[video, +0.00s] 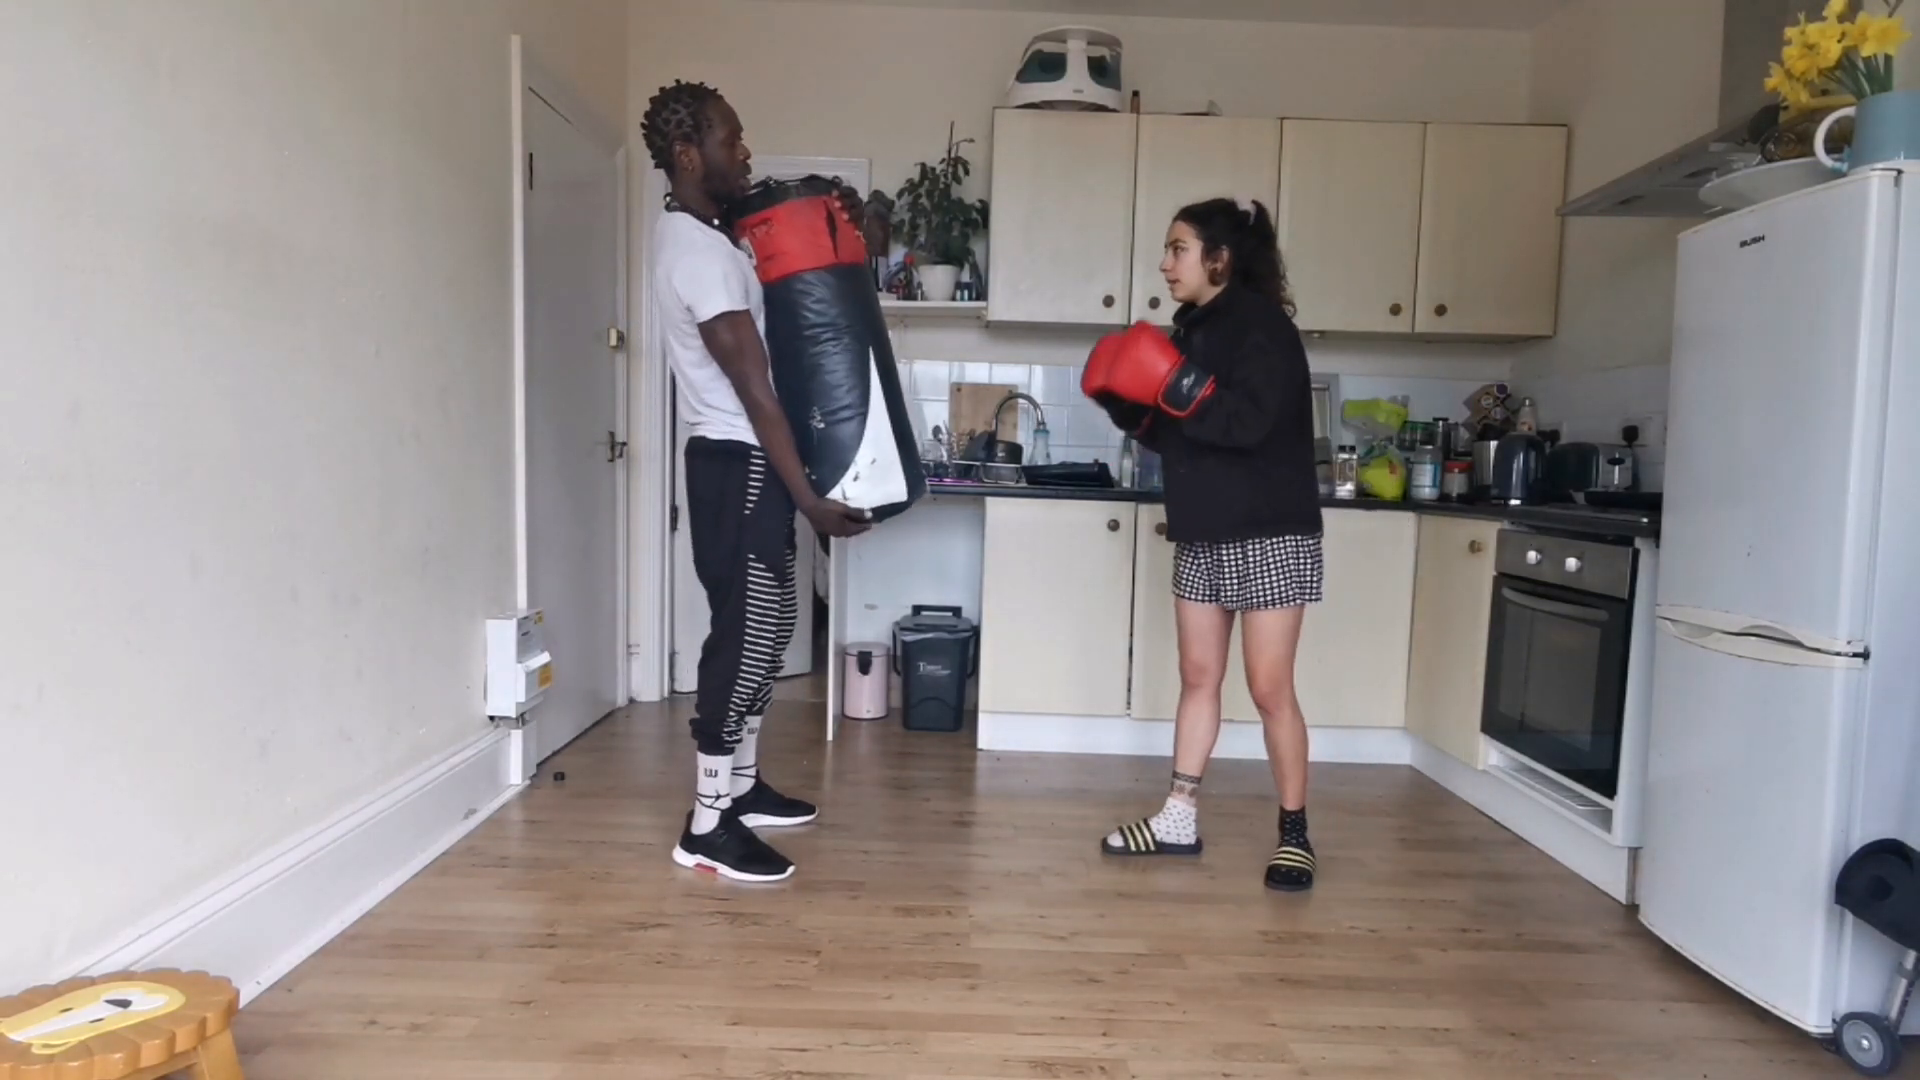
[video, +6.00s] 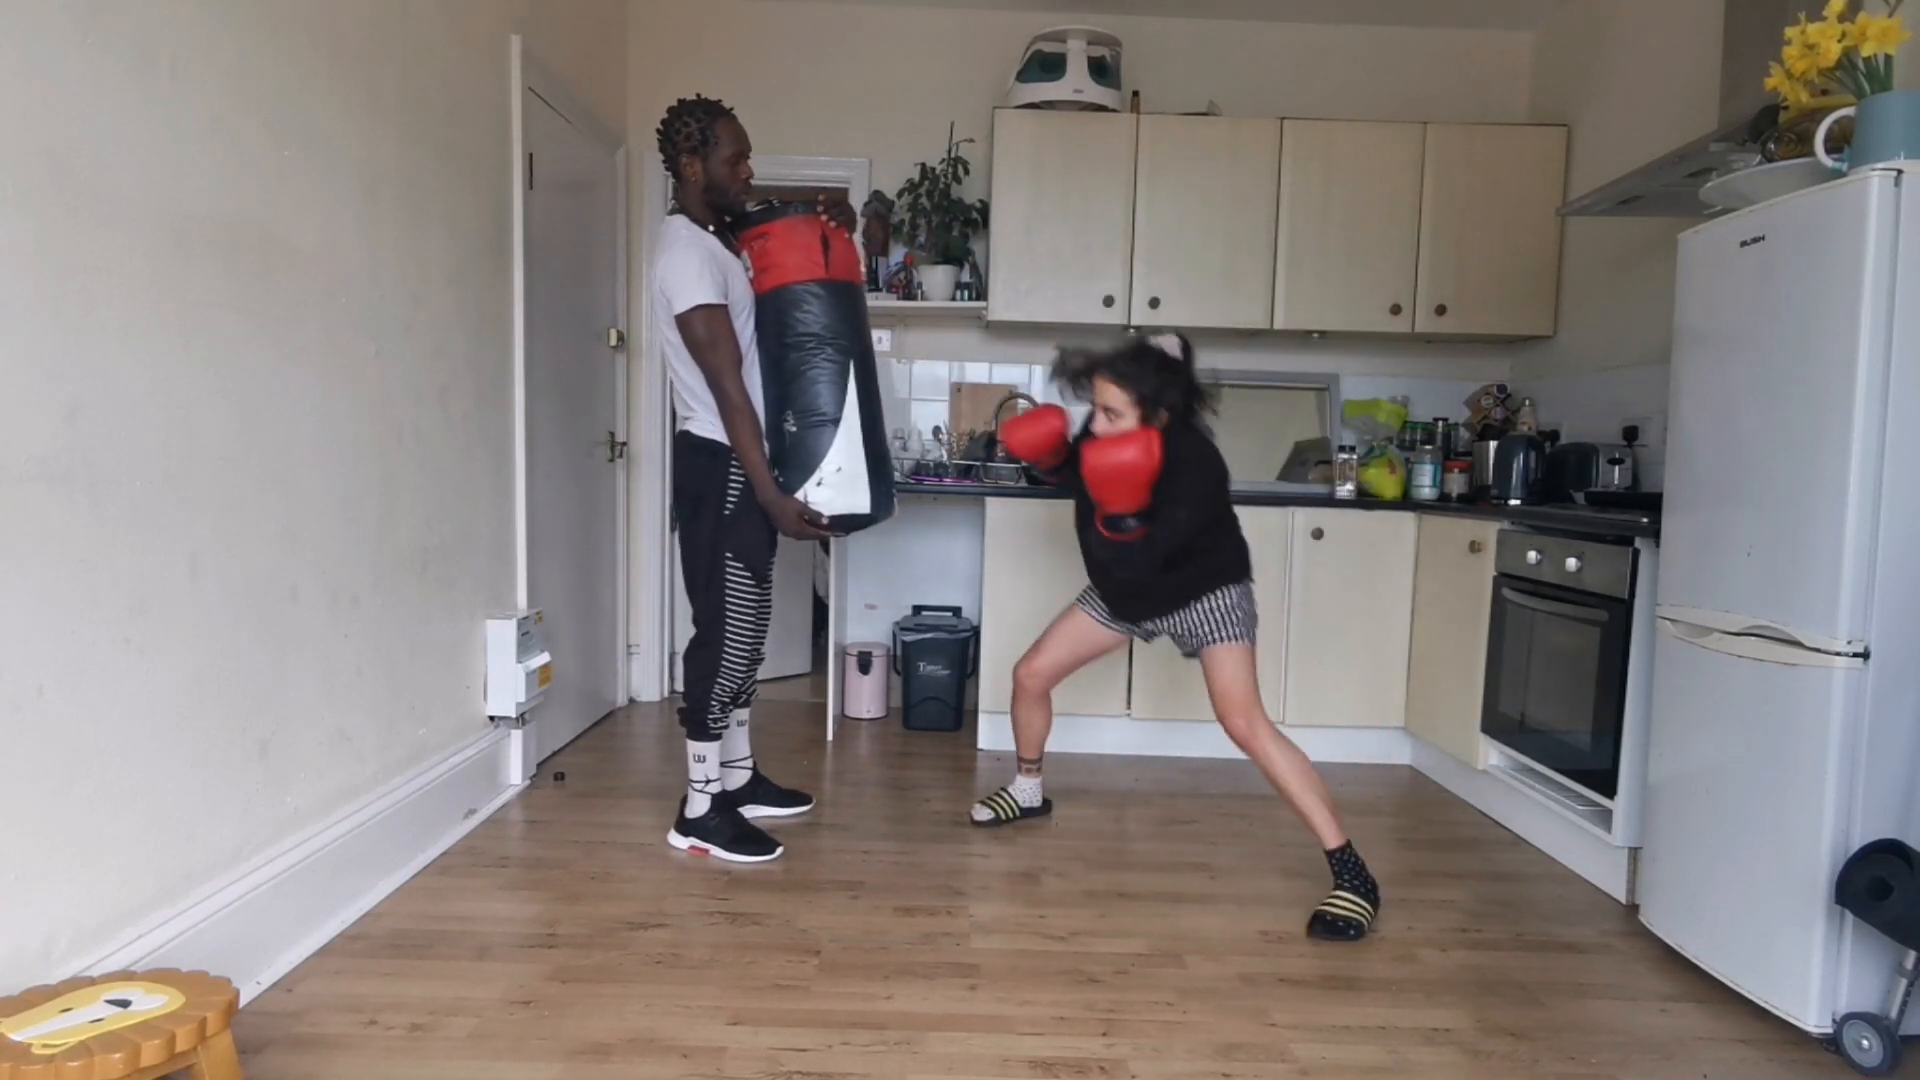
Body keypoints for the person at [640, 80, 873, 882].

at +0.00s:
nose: (746, 154)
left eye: (742, 138)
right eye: (732, 140)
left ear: (689, 154)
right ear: (686, 153)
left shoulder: (700, 235)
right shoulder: (700, 250)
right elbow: (754, 386)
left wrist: (843, 236)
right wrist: (807, 494)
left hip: (740, 453)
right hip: (736, 457)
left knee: (746, 620)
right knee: (763, 622)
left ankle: (736, 786)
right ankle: (709, 820)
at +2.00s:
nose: (723, 150)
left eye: (719, 138)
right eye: (707, 141)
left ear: (681, 156)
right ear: (667, 158)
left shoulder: (713, 231)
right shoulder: (674, 241)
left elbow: (793, 270)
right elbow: (708, 365)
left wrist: (826, 204)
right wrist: (748, 474)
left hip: (725, 451)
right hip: (696, 455)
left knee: (725, 621)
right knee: (722, 624)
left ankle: (720, 774)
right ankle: (699, 806)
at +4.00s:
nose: (742, 167)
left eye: (741, 152)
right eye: (728, 153)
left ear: (697, 162)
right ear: (682, 162)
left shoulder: (718, 244)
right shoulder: (679, 249)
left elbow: (789, 317)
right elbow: (721, 380)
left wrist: (827, 232)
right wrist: (770, 487)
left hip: (745, 453)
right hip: (718, 457)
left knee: (736, 623)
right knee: (729, 626)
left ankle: (728, 775)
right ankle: (702, 805)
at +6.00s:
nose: (750, 171)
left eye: (749, 157)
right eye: (738, 158)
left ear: (702, 166)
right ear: (692, 164)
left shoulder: (719, 245)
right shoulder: (684, 248)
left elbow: (780, 333)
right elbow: (725, 381)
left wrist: (831, 240)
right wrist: (770, 489)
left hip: (744, 453)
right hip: (717, 457)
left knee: (745, 623)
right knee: (729, 627)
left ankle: (736, 778)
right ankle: (701, 805)